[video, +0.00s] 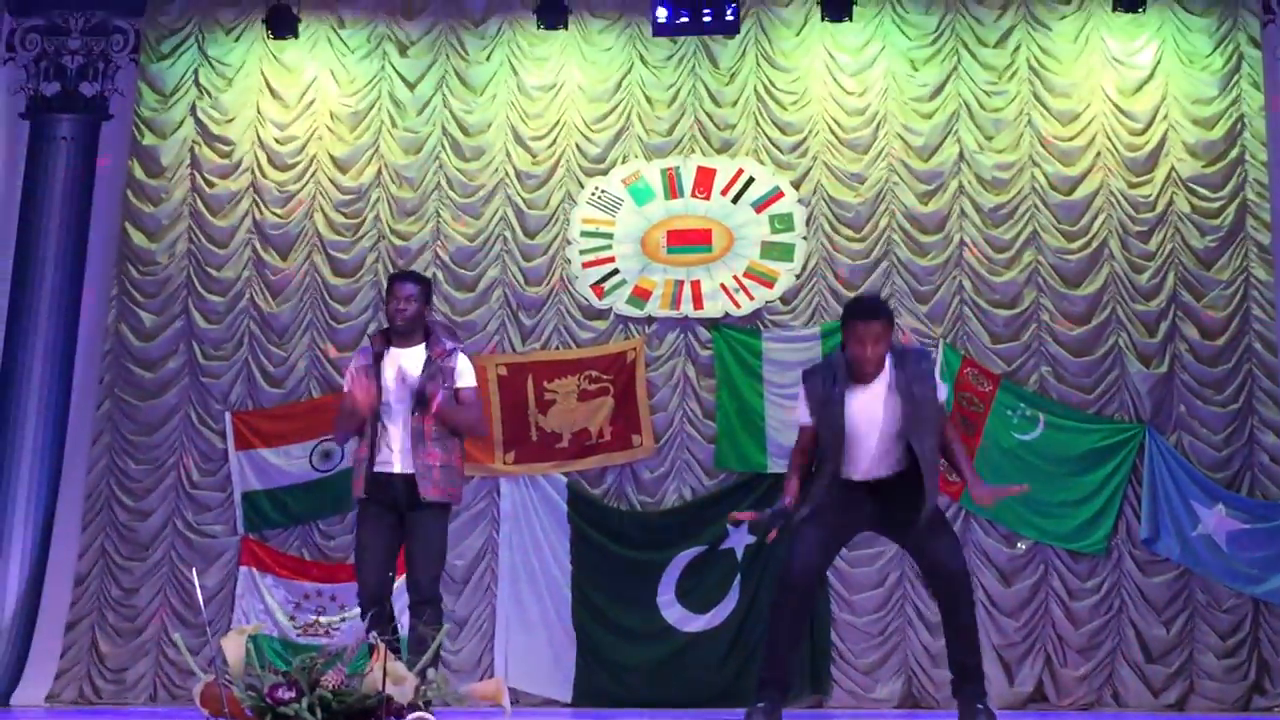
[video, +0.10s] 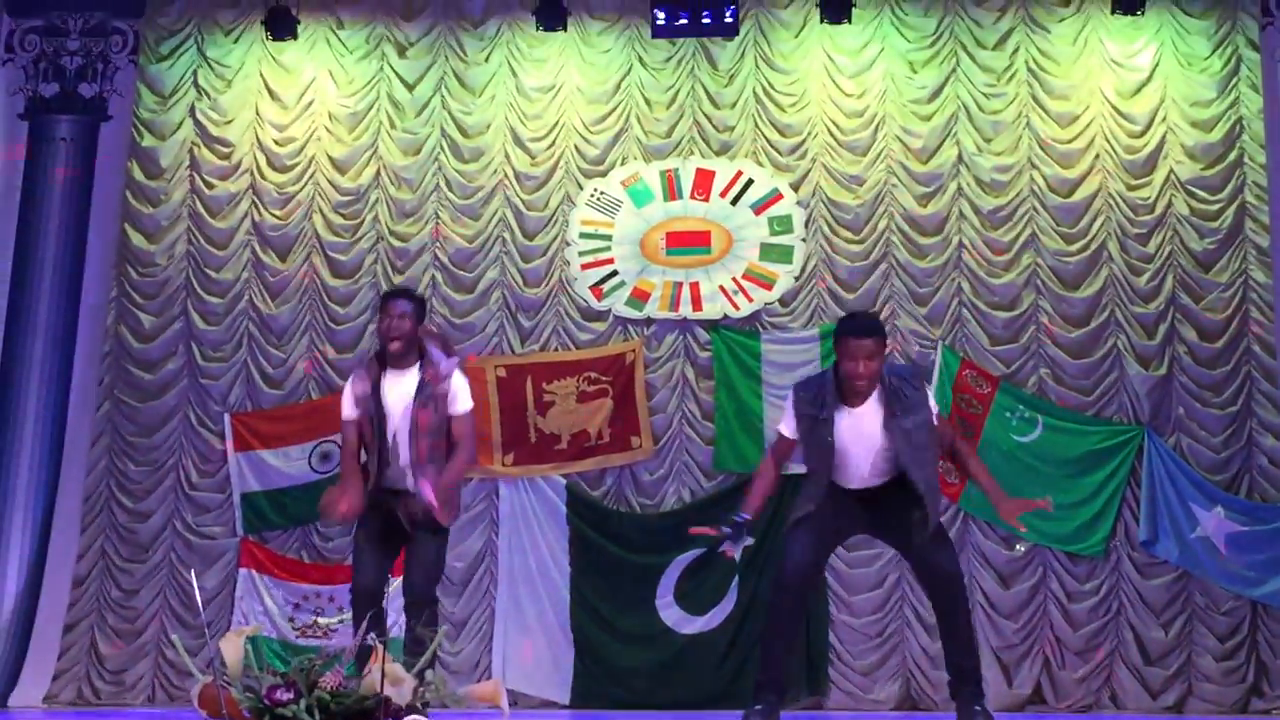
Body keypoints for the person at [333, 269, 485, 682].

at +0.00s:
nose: (401, 308)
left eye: (410, 301)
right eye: (394, 300)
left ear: (426, 307)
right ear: (385, 305)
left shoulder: (451, 359)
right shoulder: (365, 358)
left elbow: (476, 423)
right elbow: (342, 432)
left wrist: (438, 403)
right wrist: (357, 409)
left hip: (428, 490)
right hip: (377, 489)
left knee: (423, 589)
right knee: (371, 591)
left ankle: (421, 685)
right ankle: (387, 682)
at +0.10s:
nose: (393, 326)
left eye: (403, 318)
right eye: (386, 318)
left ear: (420, 326)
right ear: (378, 324)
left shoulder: (447, 378)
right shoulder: (361, 380)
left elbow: (465, 451)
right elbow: (349, 452)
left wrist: (433, 495)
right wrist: (353, 493)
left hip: (428, 503)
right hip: (379, 501)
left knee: (419, 593)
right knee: (364, 588)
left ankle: (418, 682)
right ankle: (369, 678)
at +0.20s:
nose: (385, 357)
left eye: (395, 349)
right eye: (378, 349)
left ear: (412, 358)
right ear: (369, 357)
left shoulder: (439, 407)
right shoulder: (352, 412)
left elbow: (464, 479)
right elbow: (330, 483)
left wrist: (474, 540)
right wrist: (307, 542)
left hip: (429, 513)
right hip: (377, 512)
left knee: (417, 593)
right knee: (358, 588)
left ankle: (414, 684)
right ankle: (350, 679)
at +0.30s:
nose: (381, 348)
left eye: (390, 340)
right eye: (374, 340)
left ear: (408, 347)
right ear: (365, 347)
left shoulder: (438, 394)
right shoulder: (347, 401)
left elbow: (488, 450)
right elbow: (297, 456)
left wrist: (530, 496)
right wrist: (247, 498)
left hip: (426, 512)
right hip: (374, 509)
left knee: (411, 592)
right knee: (354, 588)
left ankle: (411, 682)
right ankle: (347, 673)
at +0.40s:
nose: (381, 320)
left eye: (391, 312)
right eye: (375, 312)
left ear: (409, 317)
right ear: (367, 317)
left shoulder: (440, 359)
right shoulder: (347, 364)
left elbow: (507, 373)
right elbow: (285, 392)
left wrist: (538, 401)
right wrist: (227, 405)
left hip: (423, 500)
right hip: (370, 495)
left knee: (411, 588)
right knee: (355, 586)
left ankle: (412, 687)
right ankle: (343, 684)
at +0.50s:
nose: (382, 316)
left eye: (391, 308)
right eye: (375, 307)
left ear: (408, 312)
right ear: (366, 310)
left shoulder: (436, 350)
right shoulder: (348, 353)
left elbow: (508, 373)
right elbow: (298, 388)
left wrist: (502, 407)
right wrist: (277, 414)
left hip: (420, 491)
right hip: (368, 489)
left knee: (410, 583)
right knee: (355, 586)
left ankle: (413, 685)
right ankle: (346, 686)